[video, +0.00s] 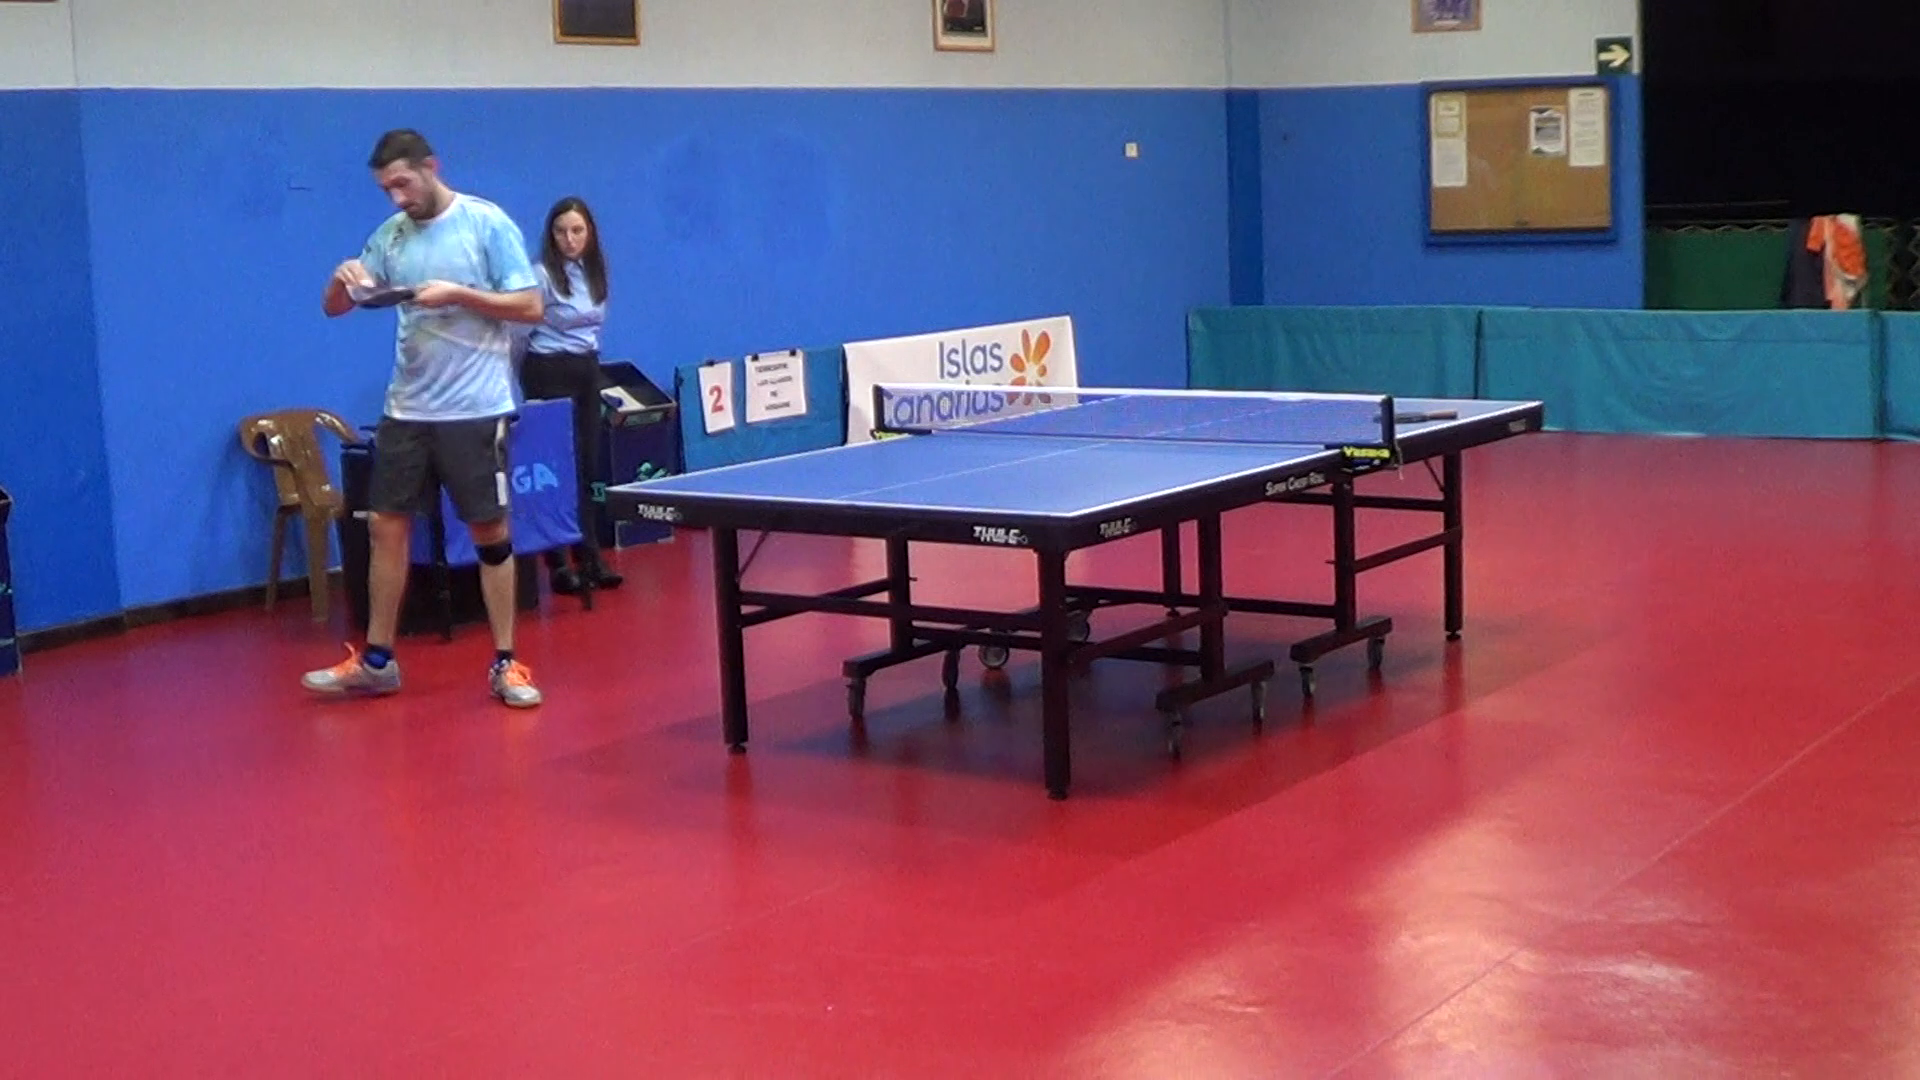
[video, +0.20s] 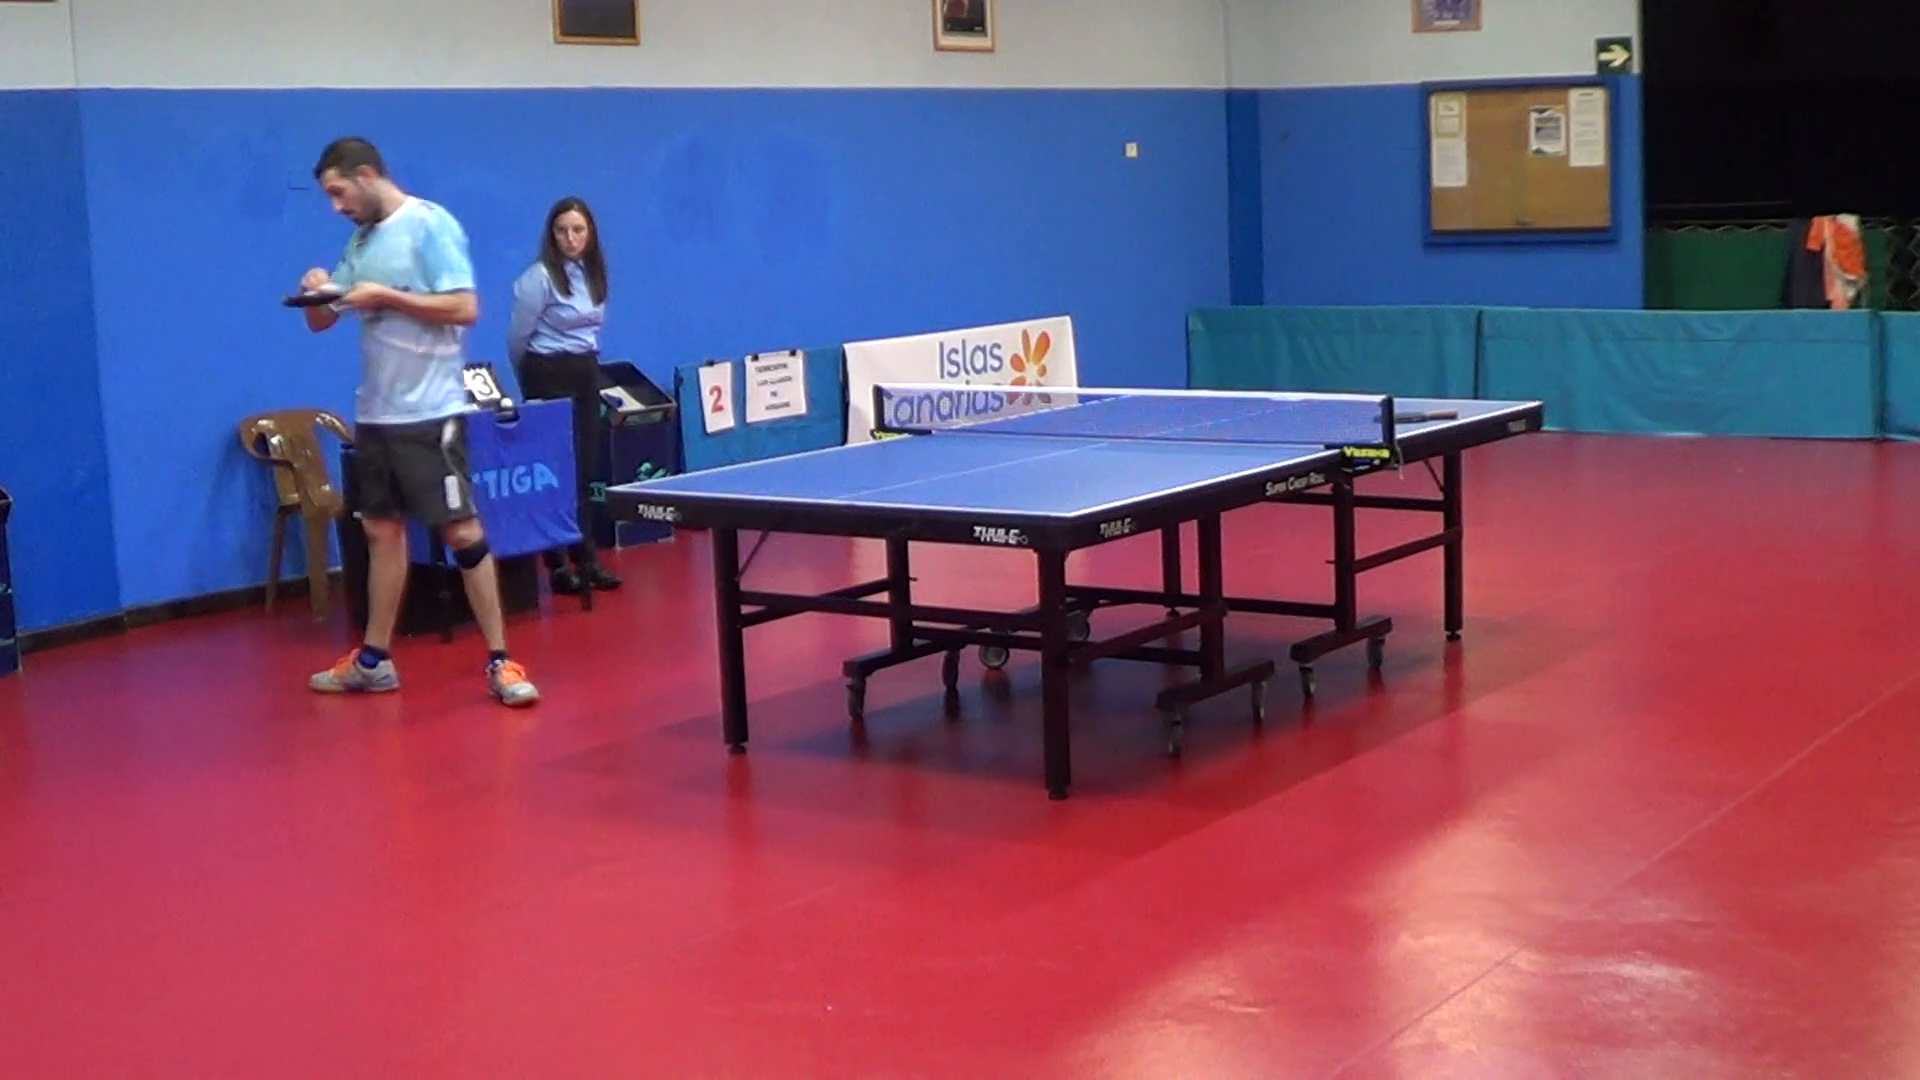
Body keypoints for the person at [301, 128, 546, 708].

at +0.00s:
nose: (398, 196)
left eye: (404, 182)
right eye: (389, 187)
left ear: (432, 168)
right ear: (384, 187)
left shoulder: (488, 223)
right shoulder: (389, 236)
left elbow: (531, 306)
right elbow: (335, 308)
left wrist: (458, 295)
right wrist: (341, 280)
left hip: (476, 407)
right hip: (407, 408)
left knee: (490, 530)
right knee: (386, 524)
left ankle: (506, 662)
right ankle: (378, 660)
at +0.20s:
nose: (336, 206)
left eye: (338, 192)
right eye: (330, 197)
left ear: (369, 175)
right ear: (350, 185)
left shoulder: (431, 223)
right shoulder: (360, 241)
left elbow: (465, 308)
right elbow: (321, 322)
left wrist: (383, 297)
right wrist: (315, 293)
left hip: (432, 412)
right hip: (376, 415)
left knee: (464, 535)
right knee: (382, 531)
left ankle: (501, 661)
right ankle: (375, 659)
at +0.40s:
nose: (293, 209)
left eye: (293, 196)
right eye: (287, 200)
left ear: (320, 178)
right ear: (314, 184)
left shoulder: (380, 224)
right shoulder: (334, 235)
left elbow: (406, 309)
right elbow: (334, 304)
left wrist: (329, 300)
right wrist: (288, 294)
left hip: (385, 406)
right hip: (347, 407)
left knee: (391, 528)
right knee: (365, 527)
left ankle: (449, 660)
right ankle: (374, 657)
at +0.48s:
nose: (280, 210)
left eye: (278, 196)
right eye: (274, 200)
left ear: (303, 178)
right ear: (303, 180)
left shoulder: (361, 226)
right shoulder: (334, 232)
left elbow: (385, 310)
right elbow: (340, 303)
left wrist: (307, 298)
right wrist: (287, 290)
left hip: (367, 404)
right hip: (341, 403)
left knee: (356, 528)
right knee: (367, 528)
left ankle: (406, 660)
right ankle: (375, 654)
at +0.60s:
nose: (261, 212)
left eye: (260, 198)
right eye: (256, 201)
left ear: (283, 181)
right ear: (289, 180)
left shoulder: (329, 230)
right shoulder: (334, 223)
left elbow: (350, 311)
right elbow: (324, 295)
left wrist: (279, 298)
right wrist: (269, 279)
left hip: (339, 405)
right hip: (362, 401)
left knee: (303, 526)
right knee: (367, 520)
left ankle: (339, 664)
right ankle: (377, 657)